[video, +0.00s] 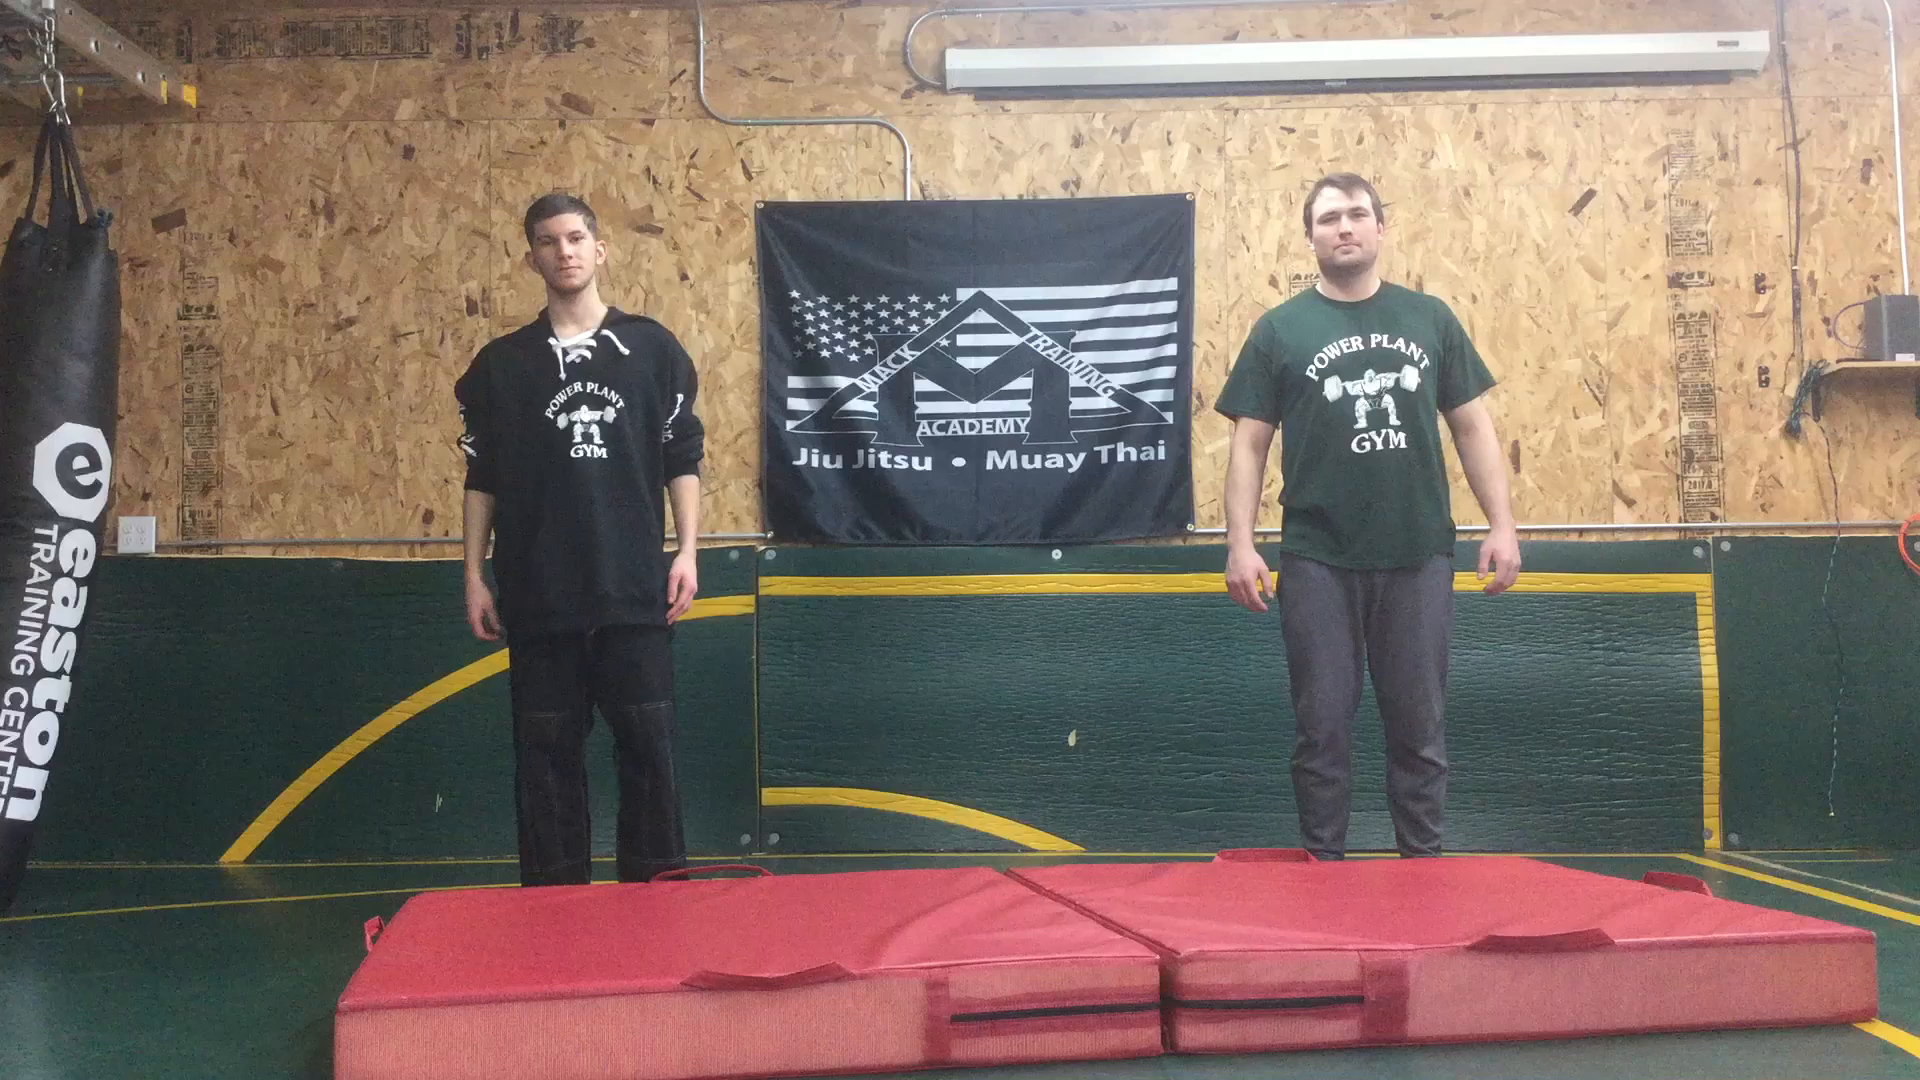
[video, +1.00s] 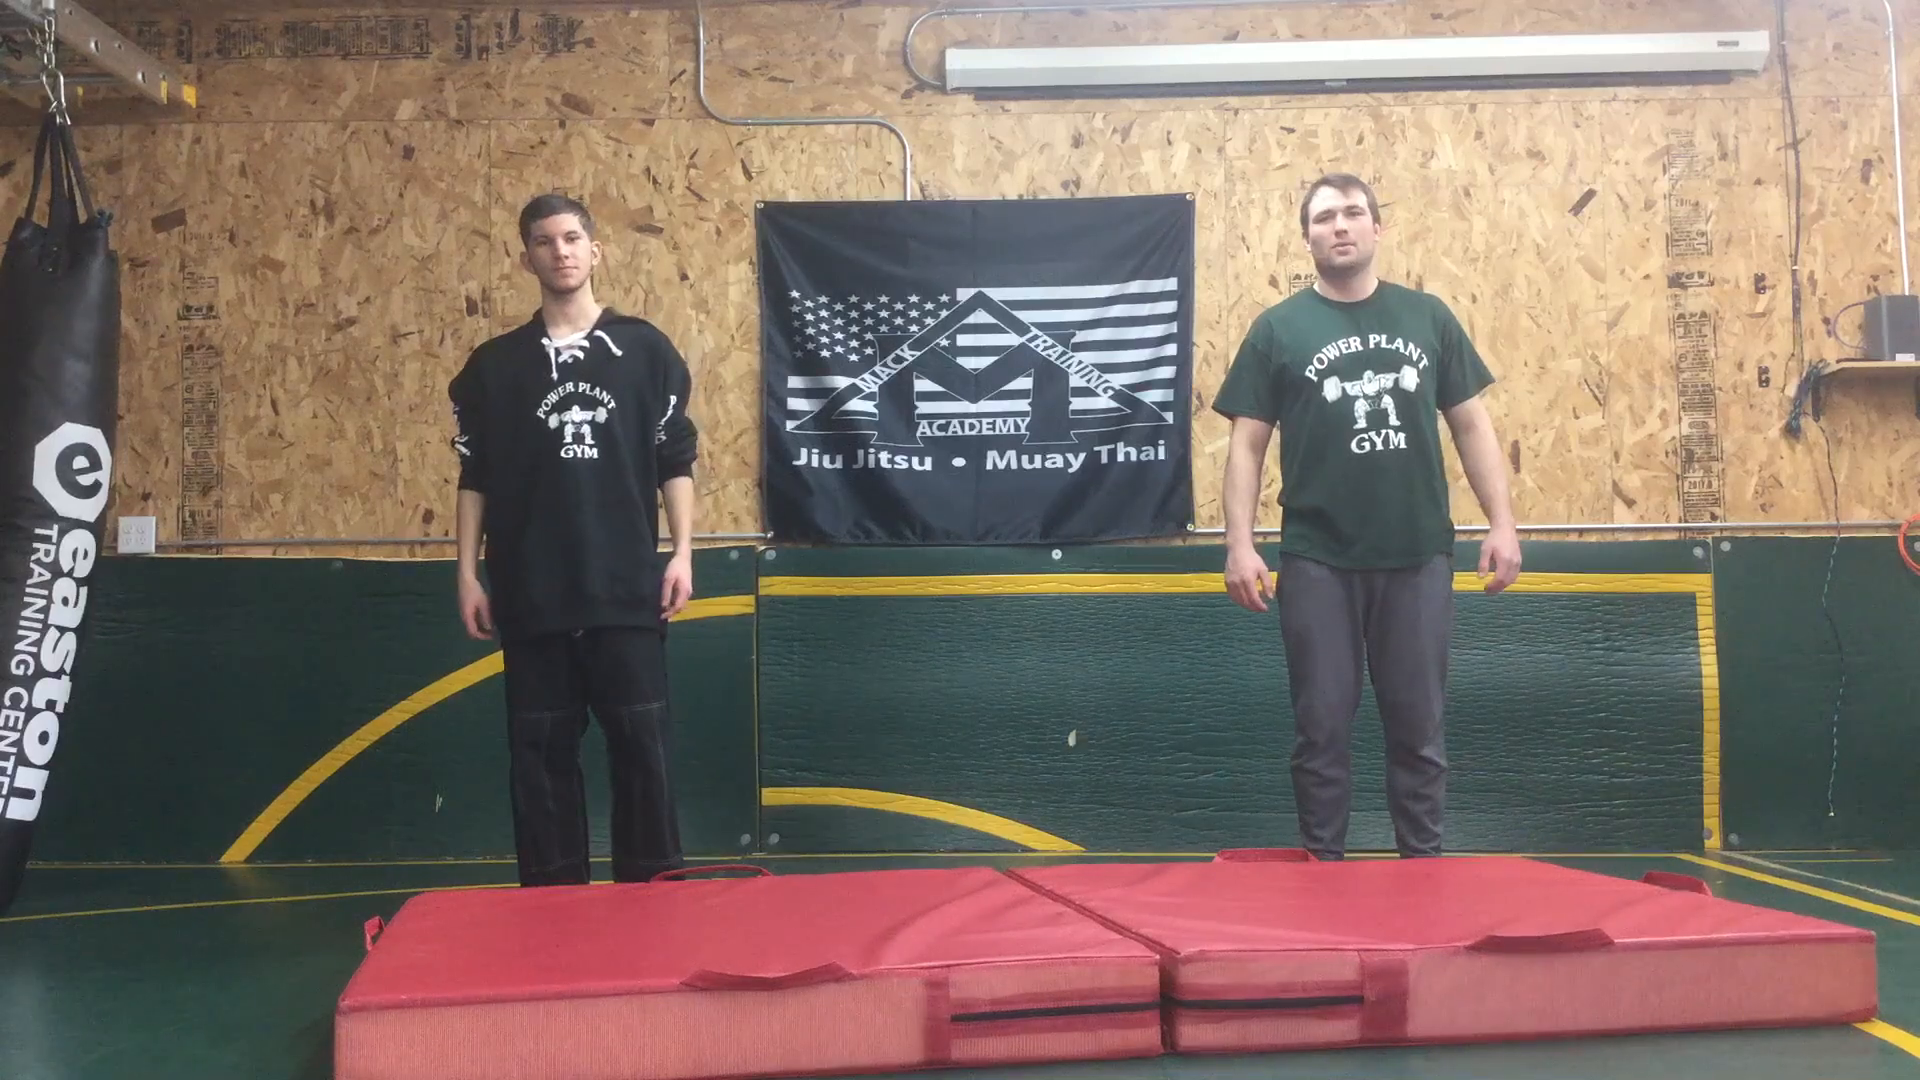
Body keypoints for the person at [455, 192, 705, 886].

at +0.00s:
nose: (564, 252)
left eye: (575, 238)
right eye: (549, 243)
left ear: (599, 249)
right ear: (533, 259)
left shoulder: (652, 347)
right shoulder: (498, 363)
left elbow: (683, 457)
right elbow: (481, 476)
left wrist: (688, 549)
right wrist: (475, 573)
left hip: (633, 583)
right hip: (537, 587)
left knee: (649, 753)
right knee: (547, 761)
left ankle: (655, 905)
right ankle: (554, 910)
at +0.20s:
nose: (563, 251)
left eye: (575, 238)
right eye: (548, 242)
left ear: (598, 250)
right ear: (531, 259)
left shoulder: (650, 348)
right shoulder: (496, 363)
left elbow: (680, 459)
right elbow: (478, 477)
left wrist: (687, 552)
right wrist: (471, 575)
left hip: (630, 584)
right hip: (533, 590)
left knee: (645, 756)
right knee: (543, 763)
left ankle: (653, 907)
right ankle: (552, 913)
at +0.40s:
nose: (562, 252)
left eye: (573, 239)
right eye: (547, 243)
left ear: (597, 250)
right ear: (531, 259)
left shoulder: (649, 348)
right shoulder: (496, 364)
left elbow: (681, 458)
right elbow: (476, 474)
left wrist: (688, 549)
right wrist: (466, 569)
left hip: (628, 583)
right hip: (532, 588)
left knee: (643, 751)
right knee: (542, 759)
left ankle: (654, 900)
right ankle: (552, 908)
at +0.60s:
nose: (562, 252)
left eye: (573, 239)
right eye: (546, 243)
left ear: (596, 250)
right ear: (530, 260)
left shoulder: (647, 348)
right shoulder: (495, 364)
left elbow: (679, 458)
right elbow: (476, 474)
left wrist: (686, 548)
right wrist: (467, 568)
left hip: (627, 583)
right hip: (531, 589)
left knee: (643, 754)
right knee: (542, 761)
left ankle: (653, 903)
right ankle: (552, 910)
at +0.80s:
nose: (562, 251)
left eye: (572, 238)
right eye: (546, 243)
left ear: (595, 250)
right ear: (529, 260)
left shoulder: (645, 348)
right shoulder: (493, 364)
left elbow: (676, 457)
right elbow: (476, 475)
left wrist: (685, 550)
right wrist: (468, 572)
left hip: (626, 583)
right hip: (530, 589)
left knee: (643, 753)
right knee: (542, 761)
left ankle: (652, 902)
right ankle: (552, 909)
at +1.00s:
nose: (561, 251)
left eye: (571, 238)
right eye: (545, 243)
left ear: (594, 249)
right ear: (528, 260)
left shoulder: (644, 348)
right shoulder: (491, 364)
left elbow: (675, 458)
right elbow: (474, 477)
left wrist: (683, 550)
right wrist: (467, 574)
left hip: (626, 584)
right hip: (530, 590)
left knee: (643, 753)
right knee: (542, 762)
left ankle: (653, 903)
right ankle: (552, 911)